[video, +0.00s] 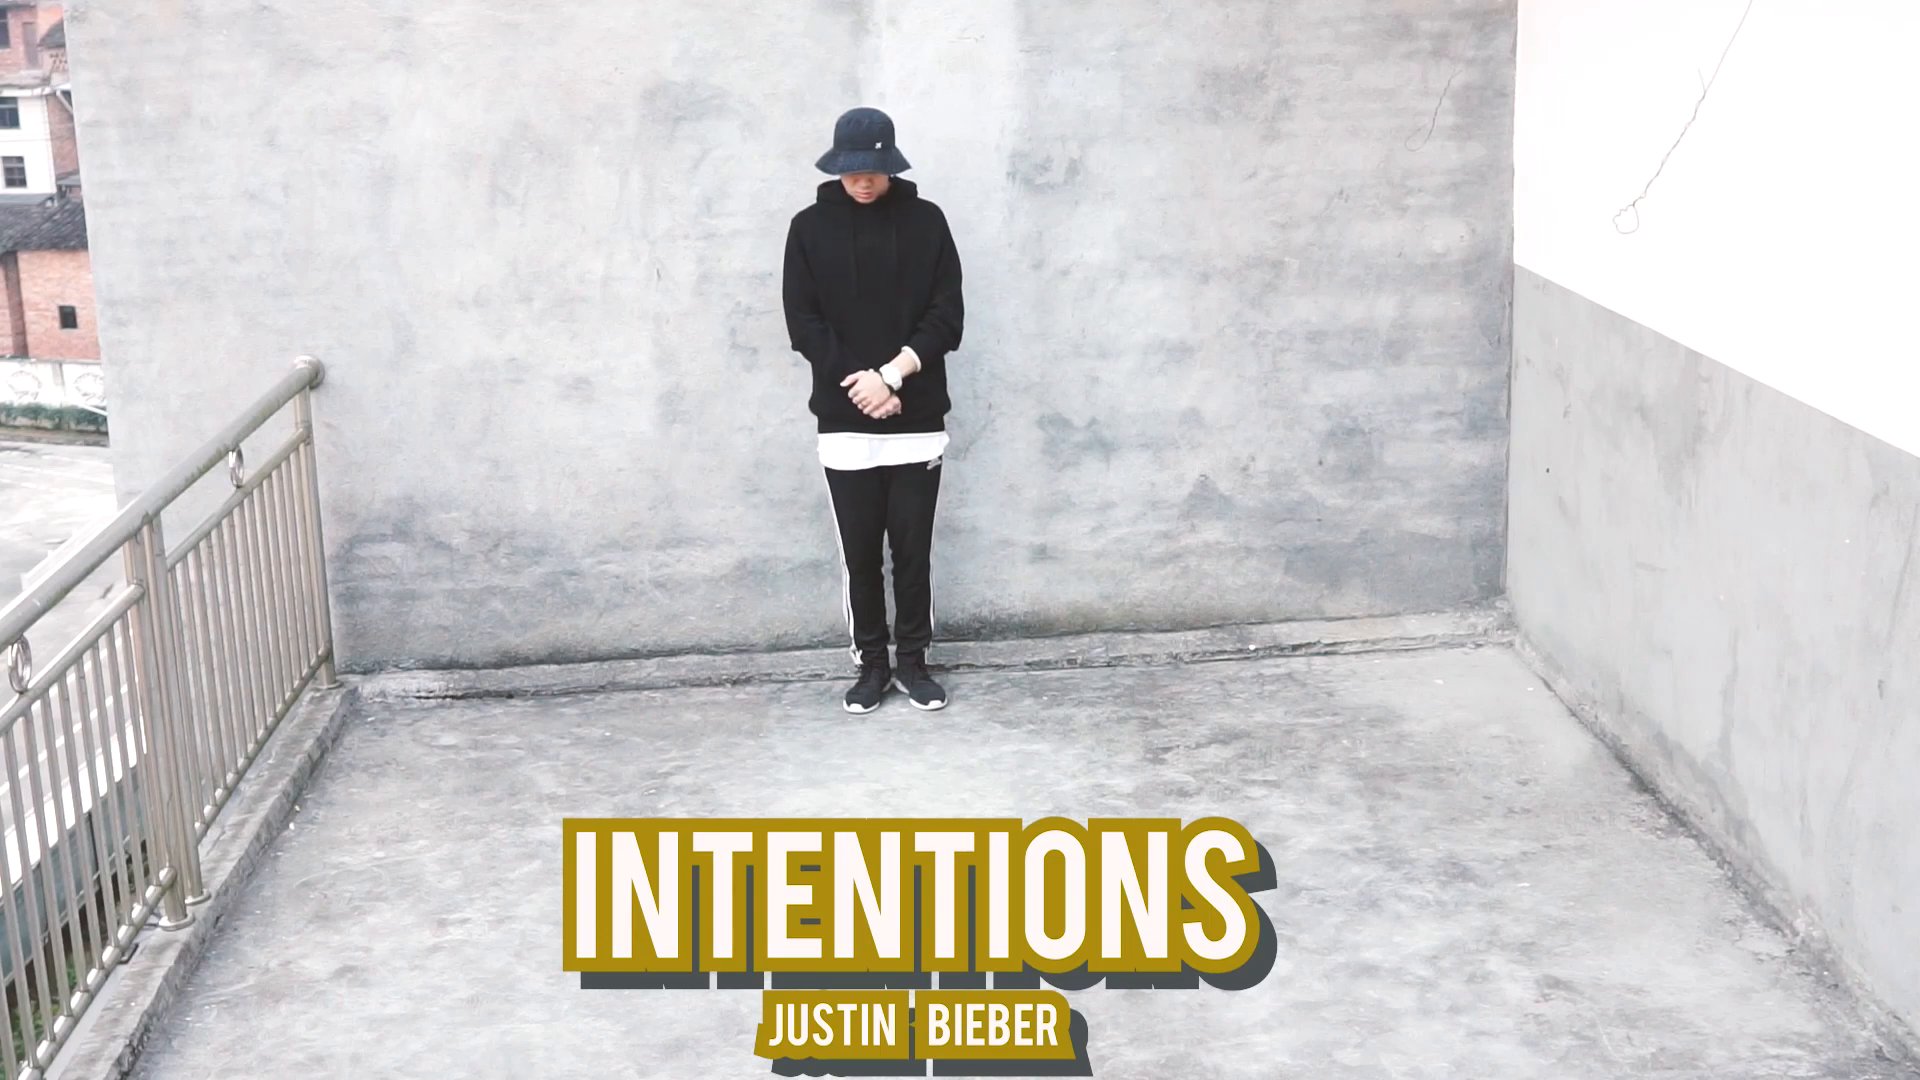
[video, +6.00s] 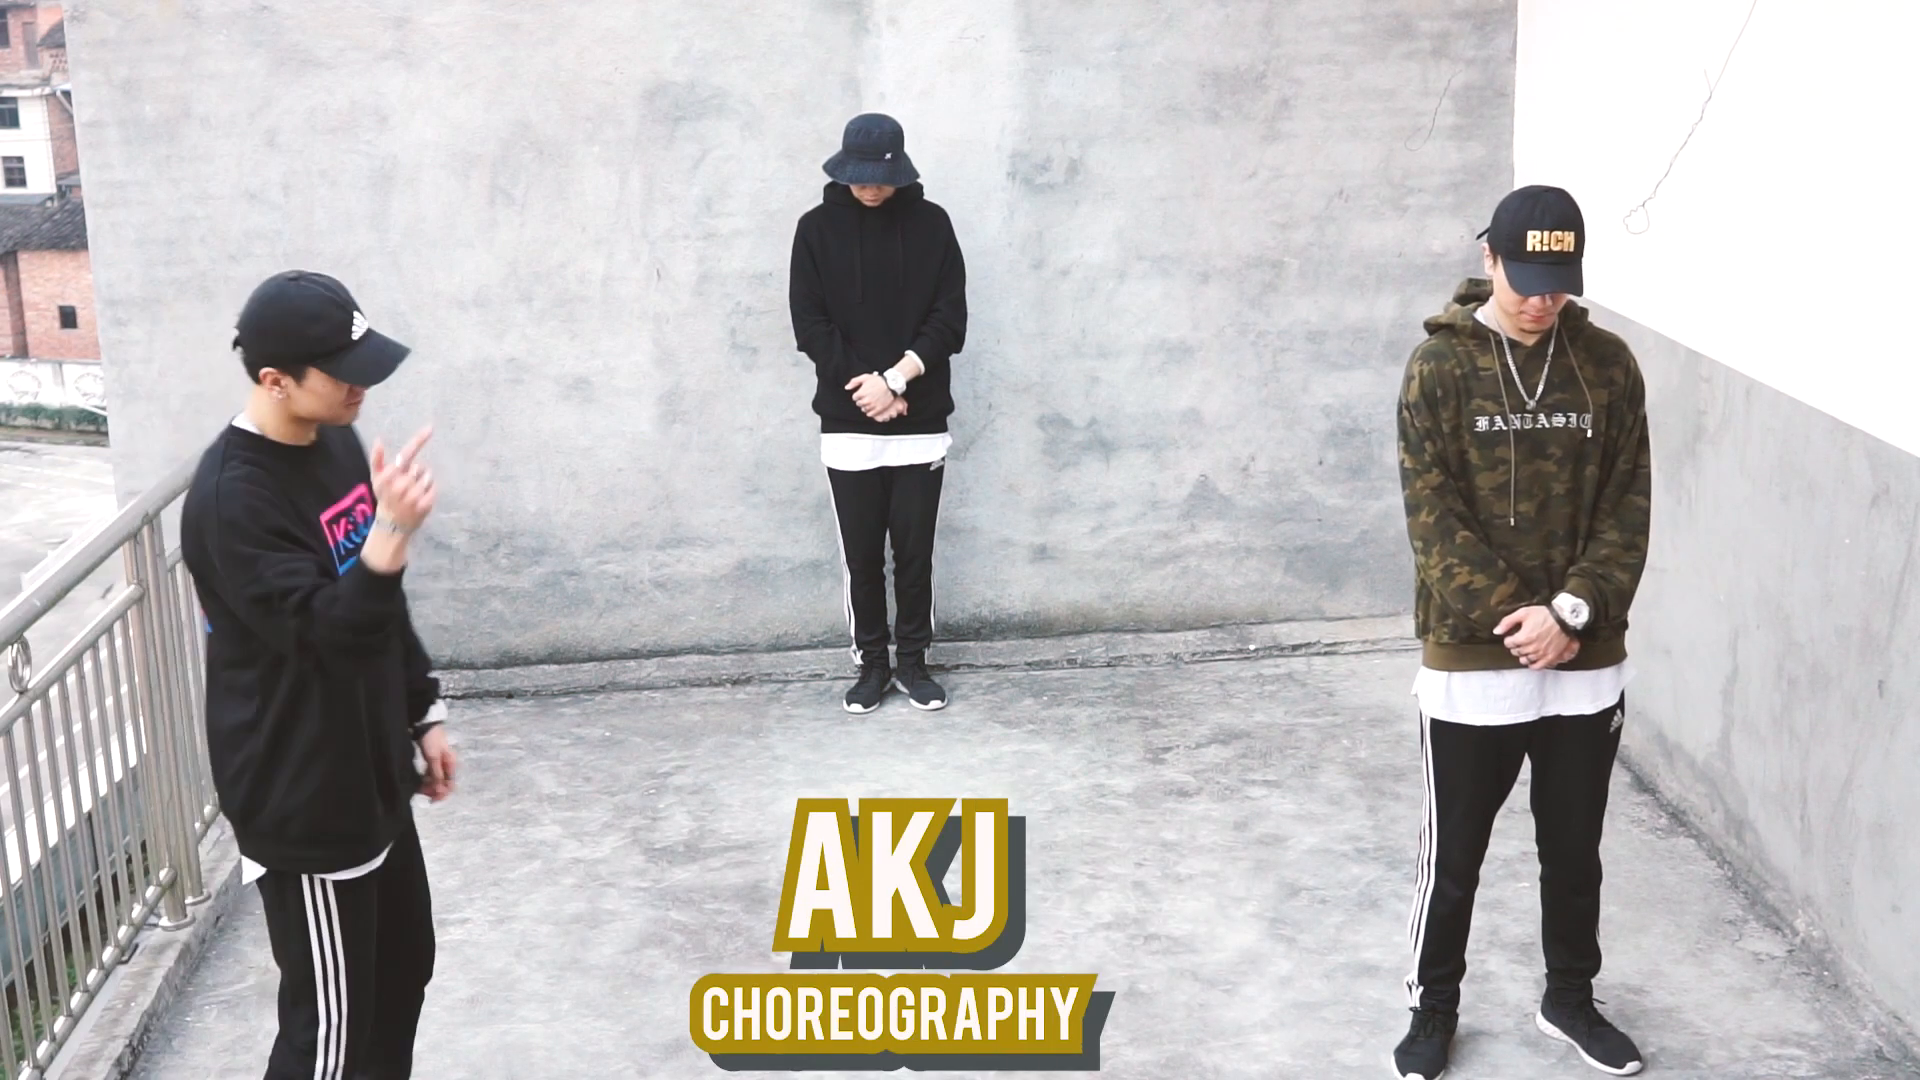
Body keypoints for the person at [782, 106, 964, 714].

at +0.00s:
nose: (861, 182)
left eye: (872, 171)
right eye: (851, 171)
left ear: (891, 166)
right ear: (835, 169)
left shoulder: (925, 219)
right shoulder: (810, 226)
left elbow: (947, 316)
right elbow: (803, 322)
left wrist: (892, 371)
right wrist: (860, 384)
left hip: (917, 413)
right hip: (843, 416)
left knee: (912, 548)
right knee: (860, 551)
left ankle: (913, 663)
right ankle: (872, 666)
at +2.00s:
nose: (868, 182)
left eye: (879, 171)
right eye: (857, 171)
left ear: (898, 167)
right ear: (842, 169)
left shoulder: (931, 221)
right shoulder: (817, 225)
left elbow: (951, 317)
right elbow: (809, 322)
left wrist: (897, 373)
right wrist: (865, 385)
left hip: (921, 414)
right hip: (847, 416)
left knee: (914, 549)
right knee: (863, 553)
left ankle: (914, 664)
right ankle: (873, 667)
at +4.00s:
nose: (865, 186)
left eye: (876, 176)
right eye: (855, 175)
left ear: (896, 170)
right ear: (839, 170)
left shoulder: (926, 221)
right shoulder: (813, 227)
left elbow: (947, 317)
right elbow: (806, 324)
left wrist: (893, 373)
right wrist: (862, 387)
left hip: (918, 414)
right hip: (844, 417)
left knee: (913, 549)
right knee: (860, 552)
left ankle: (913, 664)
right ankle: (872, 666)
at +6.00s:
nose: (871, 189)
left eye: (882, 179)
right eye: (860, 178)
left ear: (900, 173)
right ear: (843, 173)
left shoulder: (930, 222)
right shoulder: (817, 228)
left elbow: (950, 317)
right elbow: (809, 324)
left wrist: (896, 375)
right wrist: (865, 387)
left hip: (921, 416)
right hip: (847, 419)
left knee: (914, 551)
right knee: (862, 554)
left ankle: (913, 664)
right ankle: (873, 667)